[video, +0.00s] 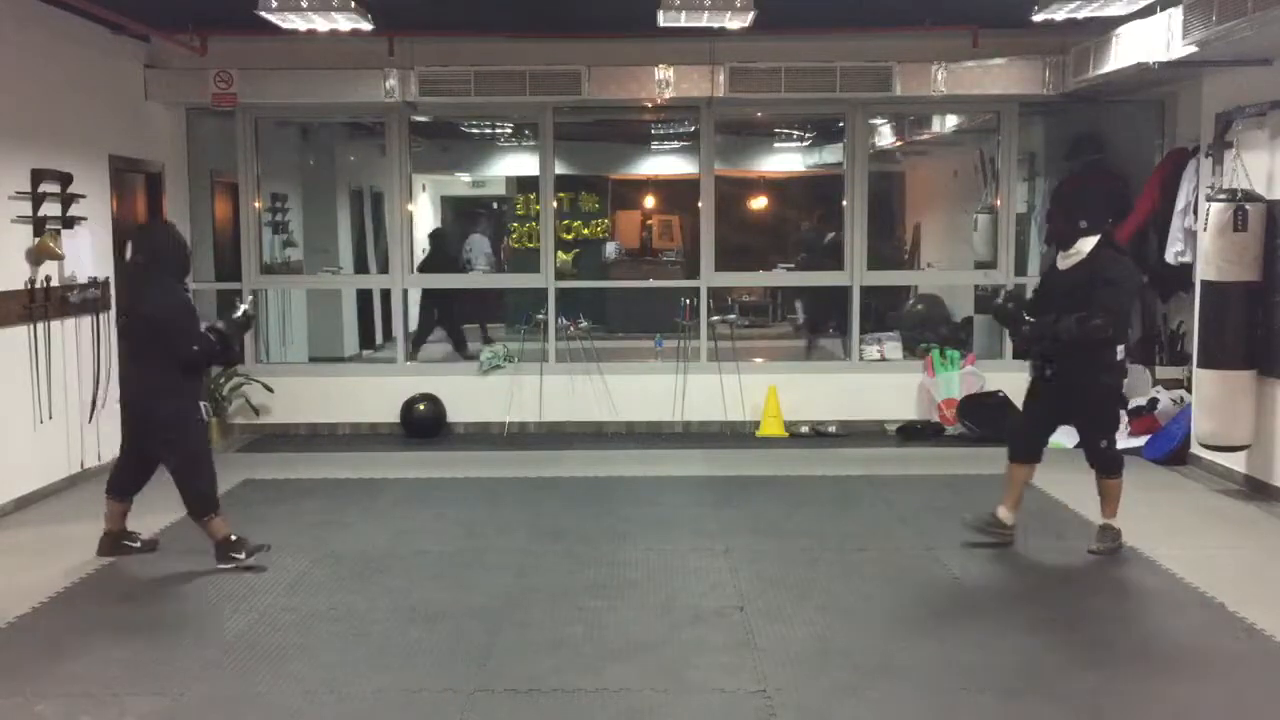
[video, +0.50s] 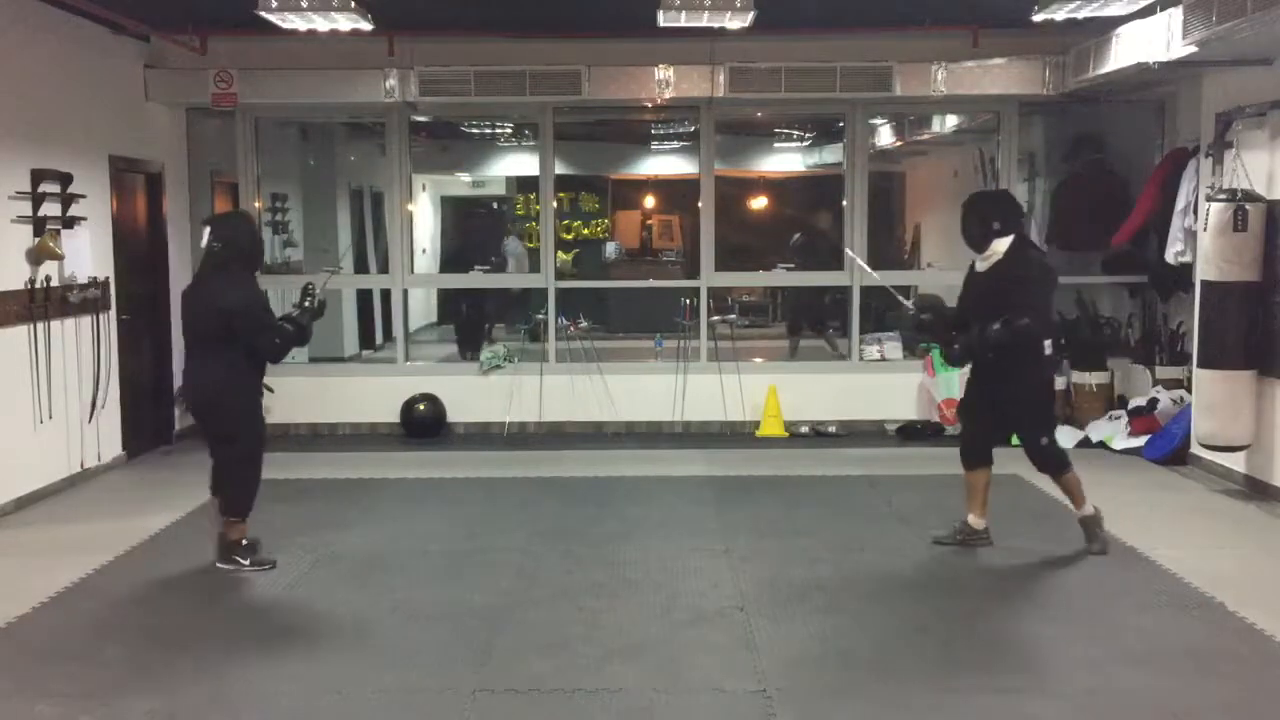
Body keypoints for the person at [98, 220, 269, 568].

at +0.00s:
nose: (187, 259)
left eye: (184, 252)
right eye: (182, 252)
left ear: (140, 255)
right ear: (172, 256)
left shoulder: (133, 288)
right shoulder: (167, 295)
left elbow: (165, 347)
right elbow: (190, 354)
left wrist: (211, 335)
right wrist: (226, 334)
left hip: (140, 397)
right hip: (171, 400)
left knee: (134, 461)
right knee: (194, 466)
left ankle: (114, 533)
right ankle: (225, 541)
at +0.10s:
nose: (203, 257)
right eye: (199, 250)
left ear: (157, 254)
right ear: (193, 255)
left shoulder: (142, 287)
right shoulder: (187, 297)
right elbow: (209, 356)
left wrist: (224, 331)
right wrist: (237, 338)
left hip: (148, 395)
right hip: (186, 399)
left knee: (151, 459)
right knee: (206, 465)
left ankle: (119, 533)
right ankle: (228, 545)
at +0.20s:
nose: (218, 249)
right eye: (213, 243)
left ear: (175, 249)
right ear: (205, 248)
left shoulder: (163, 283)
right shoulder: (200, 289)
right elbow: (221, 349)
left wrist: (238, 335)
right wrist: (257, 331)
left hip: (168, 386)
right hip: (199, 391)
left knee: (171, 454)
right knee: (213, 461)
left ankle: (131, 526)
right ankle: (228, 545)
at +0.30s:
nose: (234, 248)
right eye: (229, 242)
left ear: (193, 248)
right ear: (220, 248)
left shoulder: (185, 285)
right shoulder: (217, 291)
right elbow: (240, 351)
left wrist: (260, 332)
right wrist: (271, 327)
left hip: (186, 388)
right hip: (213, 394)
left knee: (187, 455)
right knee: (220, 464)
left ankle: (154, 527)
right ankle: (230, 546)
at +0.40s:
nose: (251, 251)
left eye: (248, 243)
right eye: (247, 244)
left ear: (206, 246)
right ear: (240, 248)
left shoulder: (187, 288)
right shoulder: (230, 289)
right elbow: (257, 347)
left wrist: (278, 327)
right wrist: (288, 323)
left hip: (193, 389)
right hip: (224, 393)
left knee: (206, 456)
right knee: (230, 461)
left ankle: (191, 533)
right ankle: (232, 546)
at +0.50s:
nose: (261, 248)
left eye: (259, 240)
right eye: (257, 240)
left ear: (214, 245)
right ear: (247, 245)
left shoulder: (194, 290)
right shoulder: (242, 289)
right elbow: (272, 346)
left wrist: (289, 319)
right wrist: (301, 320)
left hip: (202, 391)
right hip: (234, 393)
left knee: (227, 456)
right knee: (244, 459)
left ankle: (230, 536)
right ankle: (233, 547)